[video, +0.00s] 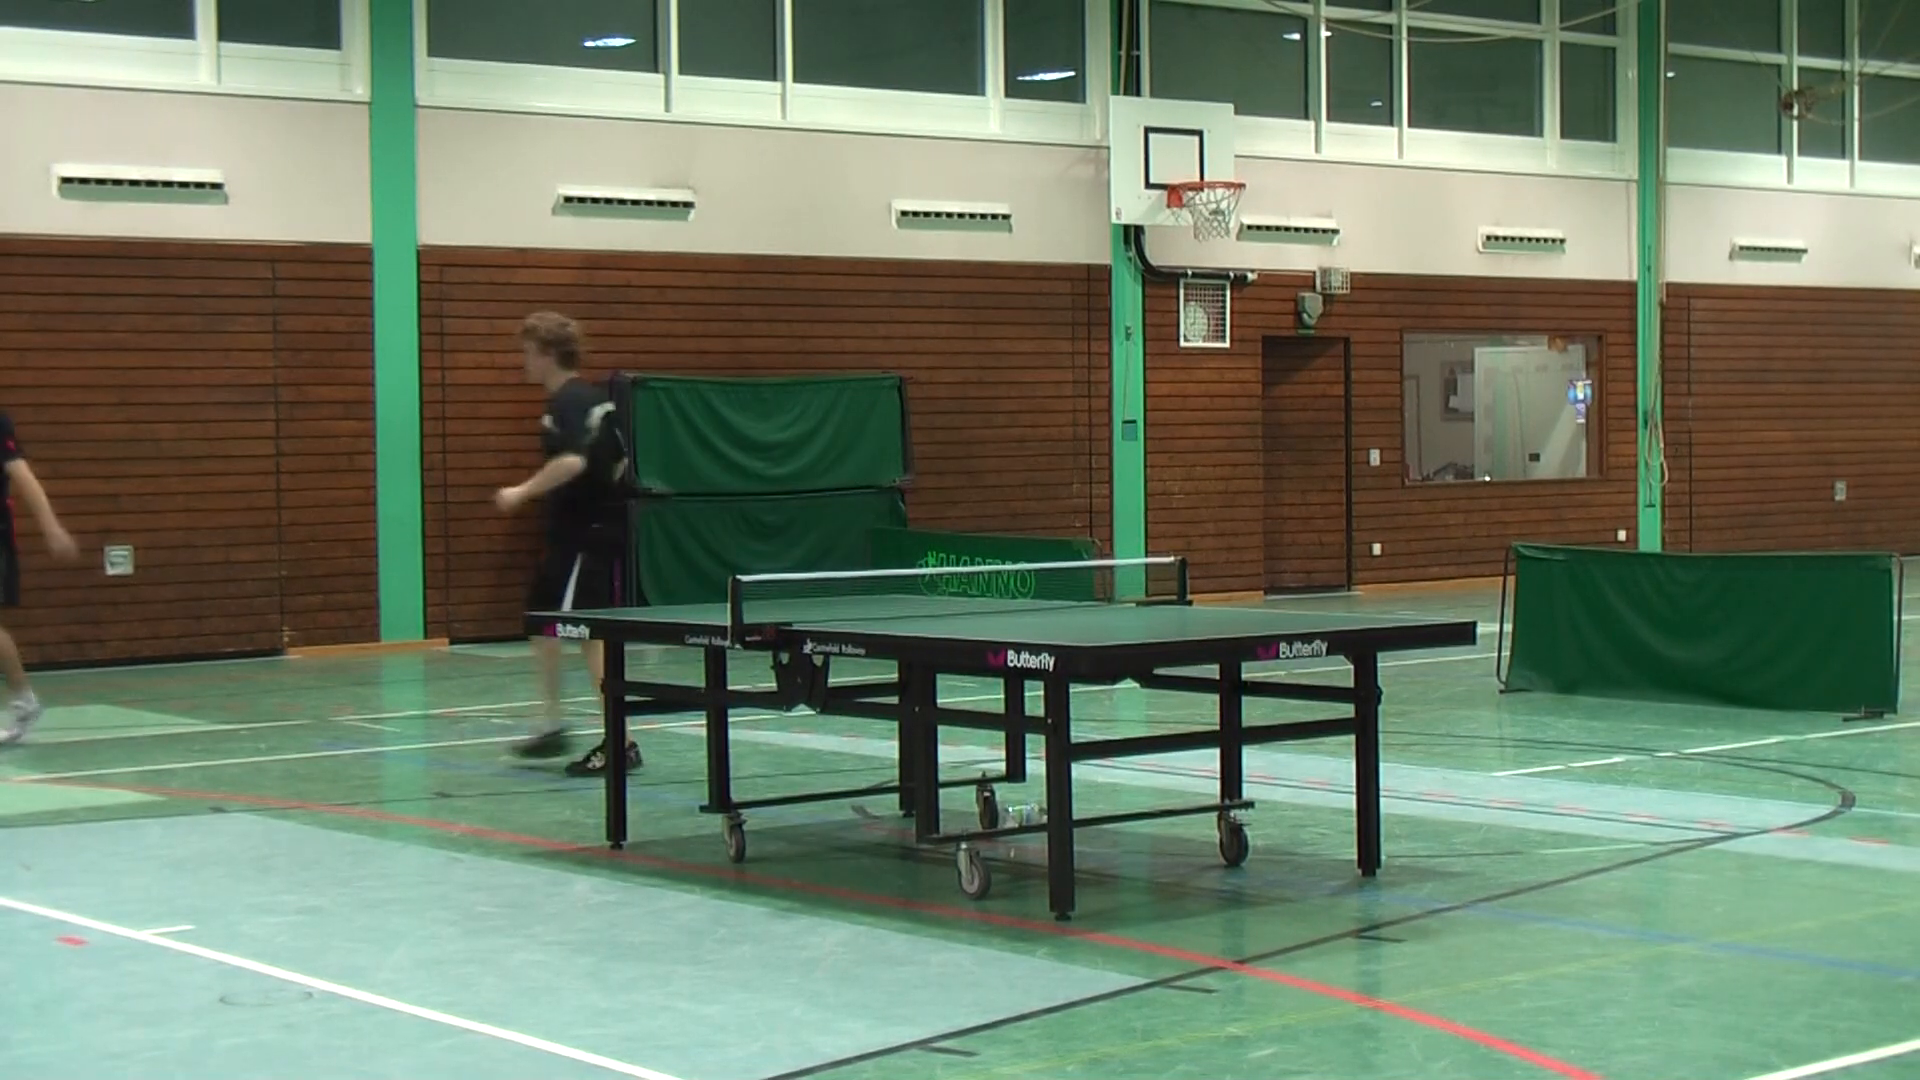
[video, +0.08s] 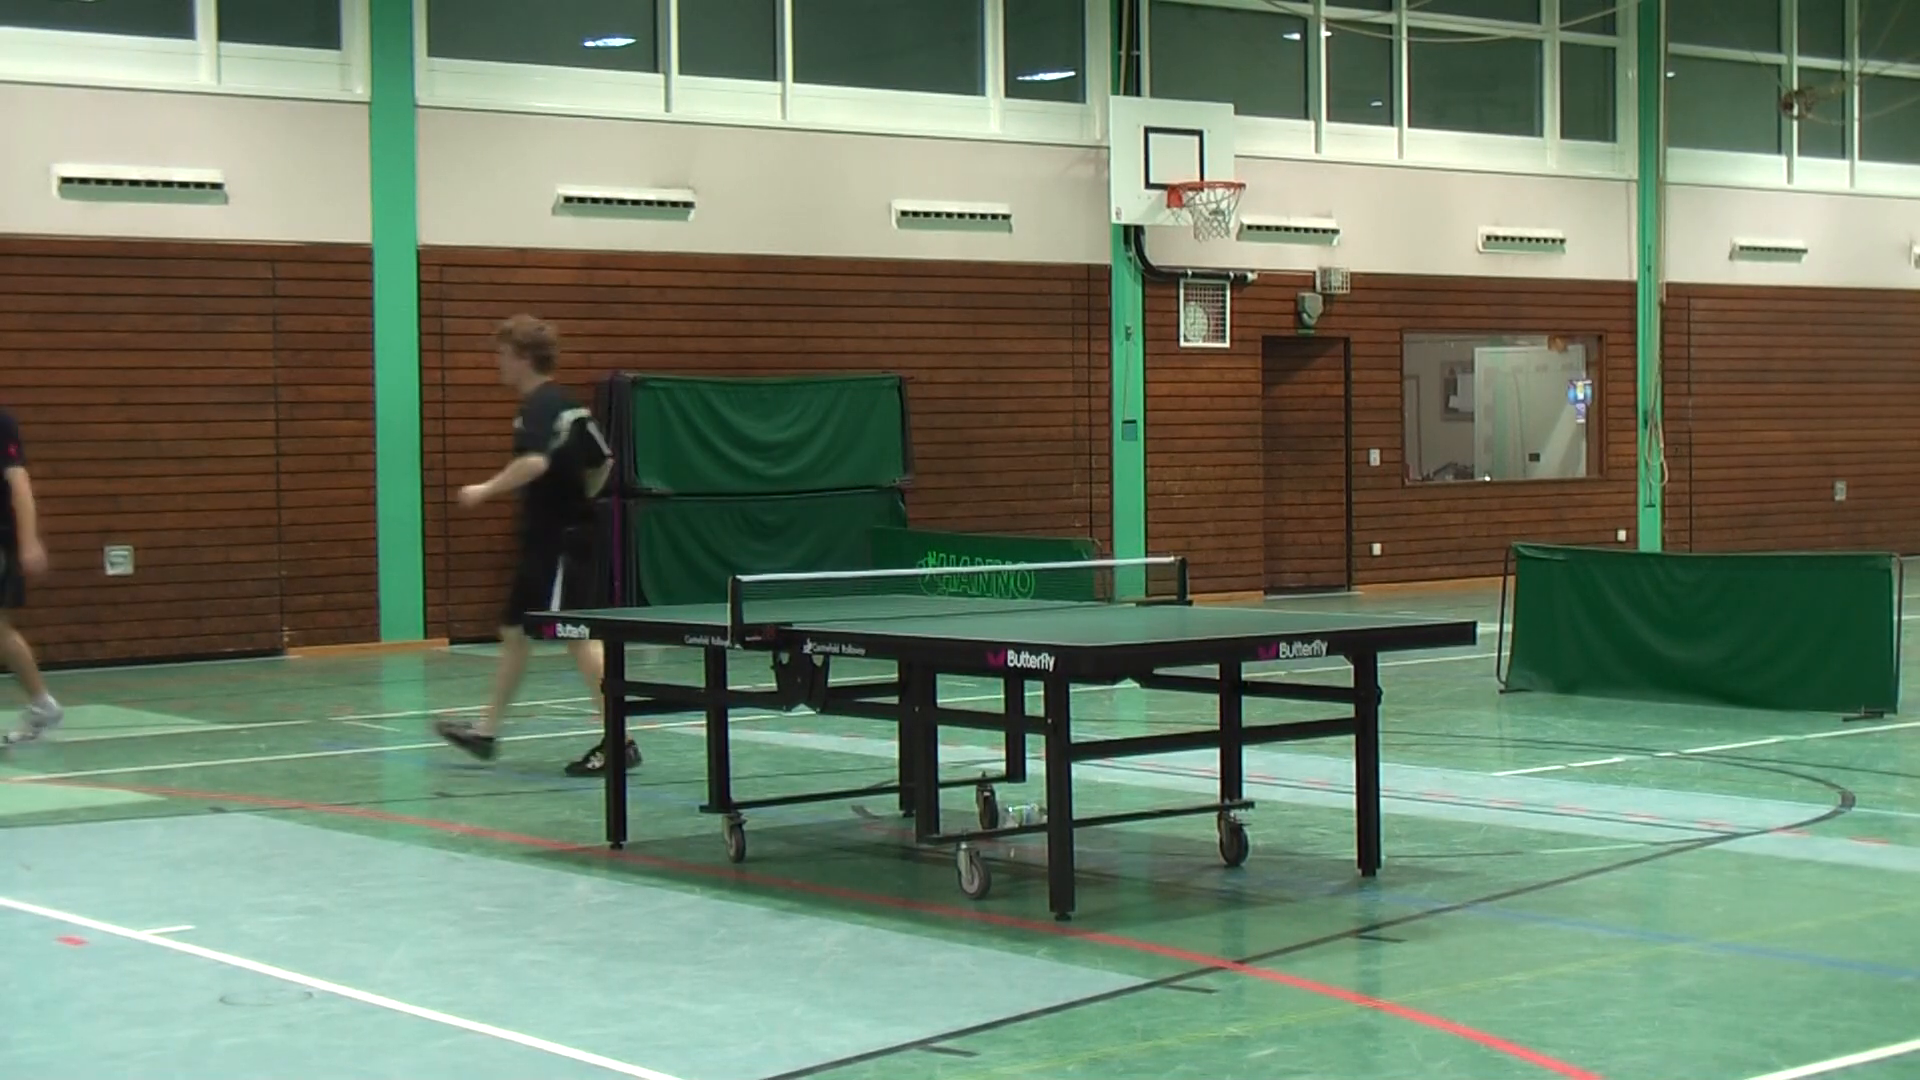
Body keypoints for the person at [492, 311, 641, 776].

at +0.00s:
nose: (524, 361)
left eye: (528, 353)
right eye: (524, 353)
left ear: (550, 355)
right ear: (556, 355)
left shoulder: (569, 401)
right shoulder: (590, 397)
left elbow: (572, 460)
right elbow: (617, 461)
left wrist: (521, 491)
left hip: (586, 535)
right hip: (583, 532)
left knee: (595, 634)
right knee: (543, 623)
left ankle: (618, 739)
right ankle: (552, 726)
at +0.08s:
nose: (499, 365)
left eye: (503, 356)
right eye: (499, 356)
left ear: (525, 359)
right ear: (536, 359)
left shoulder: (539, 404)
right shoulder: (565, 400)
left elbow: (535, 462)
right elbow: (603, 461)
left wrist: (484, 488)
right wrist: (574, 501)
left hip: (563, 537)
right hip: (554, 534)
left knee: (579, 633)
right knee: (515, 629)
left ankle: (619, 740)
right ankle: (485, 731)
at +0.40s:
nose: (409, 360)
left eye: (415, 353)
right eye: (410, 353)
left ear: (438, 357)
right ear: (435, 357)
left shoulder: (457, 404)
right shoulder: (435, 406)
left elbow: (467, 471)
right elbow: (437, 488)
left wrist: (445, 538)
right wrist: (420, 549)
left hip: (465, 534)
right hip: (445, 534)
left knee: (424, 633)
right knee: (432, 637)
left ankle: (506, 710)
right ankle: (449, 743)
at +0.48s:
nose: (392, 356)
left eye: (400, 349)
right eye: (393, 348)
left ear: (424, 355)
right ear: (418, 355)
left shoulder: (443, 401)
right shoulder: (419, 401)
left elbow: (465, 463)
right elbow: (427, 474)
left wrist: (452, 533)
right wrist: (402, 518)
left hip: (438, 536)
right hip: (423, 534)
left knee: (392, 625)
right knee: (437, 635)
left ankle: (446, 725)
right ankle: (447, 736)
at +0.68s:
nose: (349, 364)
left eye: (355, 357)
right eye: (351, 356)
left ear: (378, 364)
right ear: (375, 364)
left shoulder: (404, 416)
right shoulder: (371, 415)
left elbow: (434, 477)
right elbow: (369, 481)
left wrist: (445, 545)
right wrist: (321, 499)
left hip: (397, 552)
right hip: (381, 549)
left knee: (355, 647)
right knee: (413, 640)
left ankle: (310, 747)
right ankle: (449, 741)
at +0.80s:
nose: (326, 369)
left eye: (332, 361)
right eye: (328, 361)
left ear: (352, 367)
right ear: (358, 368)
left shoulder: (379, 421)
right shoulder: (348, 417)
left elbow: (402, 491)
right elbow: (344, 483)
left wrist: (406, 559)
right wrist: (300, 505)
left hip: (364, 554)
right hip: (341, 550)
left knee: (331, 647)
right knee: (361, 645)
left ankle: (301, 751)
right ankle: (425, 720)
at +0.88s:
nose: (313, 370)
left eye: (318, 362)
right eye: (314, 362)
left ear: (337, 367)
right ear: (345, 367)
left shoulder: (367, 422)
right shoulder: (336, 416)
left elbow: (383, 494)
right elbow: (330, 484)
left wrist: (370, 562)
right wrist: (296, 517)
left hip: (344, 551)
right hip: (319, 546)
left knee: (322, 648)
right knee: (306, 643)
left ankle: (303, 751)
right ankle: (386, 704)